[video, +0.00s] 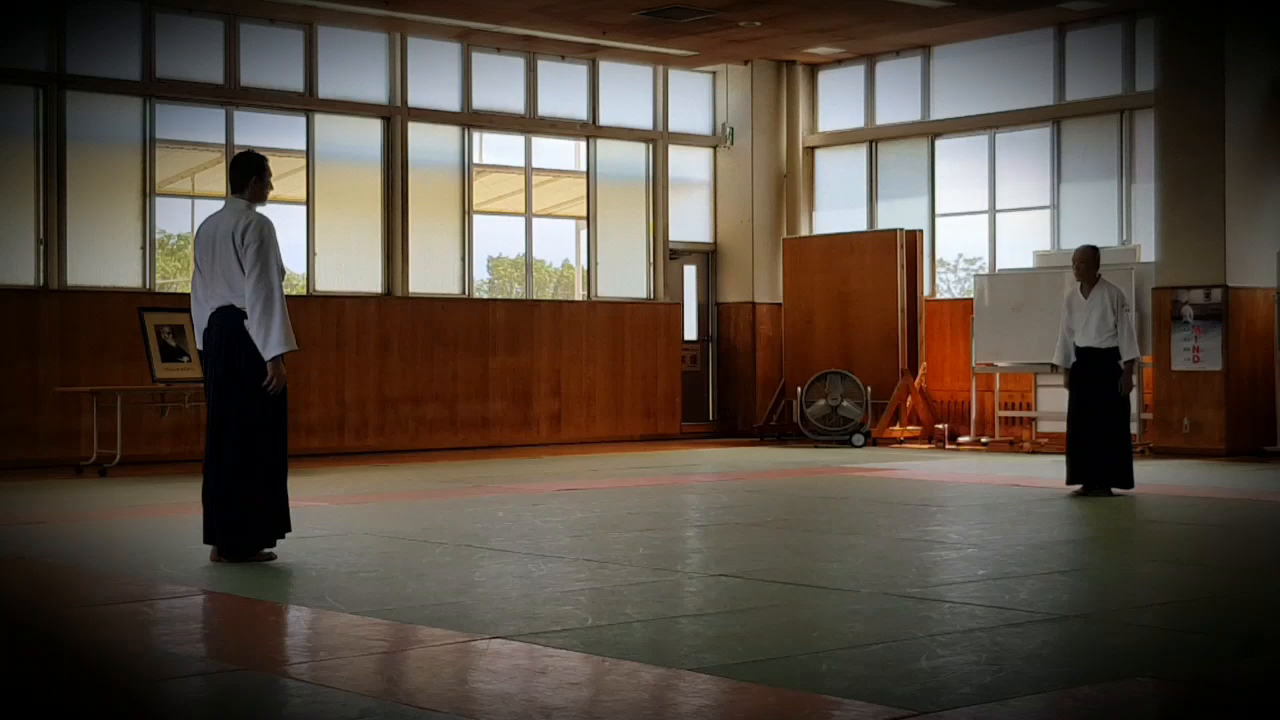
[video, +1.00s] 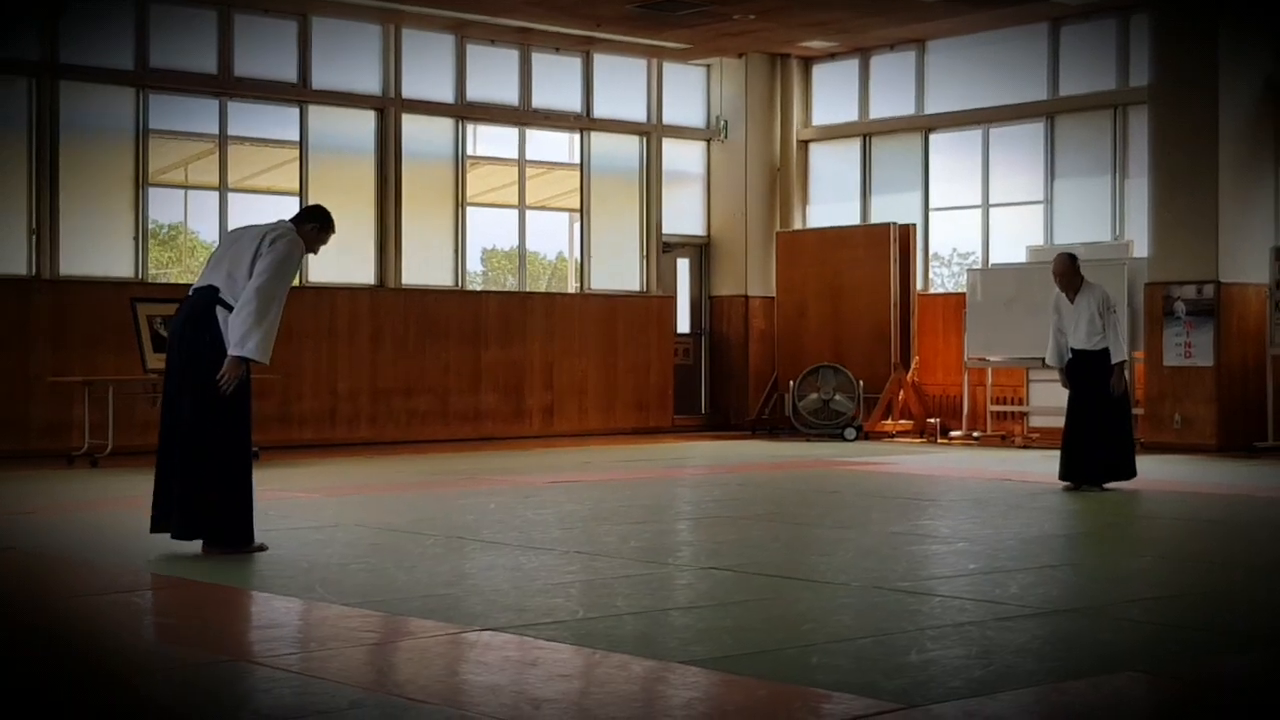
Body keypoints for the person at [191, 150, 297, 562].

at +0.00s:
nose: (271, 187)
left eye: (269, 180)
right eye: (268, 180)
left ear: (233, 182)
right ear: (257, 182)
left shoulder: (207, 225)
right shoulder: (256, 224)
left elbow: (200, 292)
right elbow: (262, 292)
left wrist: (204, 344)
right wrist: (274, 353)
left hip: (214, 337)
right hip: (247, 337)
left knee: (224, 437)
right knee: (251, 438)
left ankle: (224, 538)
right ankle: (242, 541)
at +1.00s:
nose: (317, 250)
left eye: (322, 245)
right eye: (321, 242)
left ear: (299, 220)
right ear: (312, 228)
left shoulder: (246, 234)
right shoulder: (288, 240)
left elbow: (213, 282)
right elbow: (259, 291)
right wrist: (239, 352)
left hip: (191, 324)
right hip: (218, 329)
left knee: (203, 429)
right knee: (228, 433)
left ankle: (210, 529)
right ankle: (227, 536)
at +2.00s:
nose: (290, 176)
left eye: (289, 169)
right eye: (287, 169)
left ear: (252, 173)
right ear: (277, 173)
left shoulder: (226, 217)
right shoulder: (273, 216)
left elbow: (223, 278)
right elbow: (274, 284)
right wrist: (280, 343)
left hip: (226, 328)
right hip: (258, 331)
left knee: (227, 427)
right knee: (256, 429)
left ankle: (221, 527)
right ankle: (244, 531)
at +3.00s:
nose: (384, 189)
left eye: (381, 182)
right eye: (382, 183)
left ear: (349, 187)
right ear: (374, 186)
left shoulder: (328, 229)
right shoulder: (376, 226)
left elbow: (318, 287)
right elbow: (383, 287)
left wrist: (321, 334)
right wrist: (392, 344)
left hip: (332, 329)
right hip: (365, 329)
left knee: (341, 419)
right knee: (383, 427)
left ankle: (353, 520)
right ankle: (322, 497)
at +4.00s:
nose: (579, 209)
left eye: (577, 203)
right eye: (577, 204)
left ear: (547, 208)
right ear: (570, 208)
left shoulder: (520, 245)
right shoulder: (580, 247)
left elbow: (499, 296)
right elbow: (598, 303)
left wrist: (515, 335)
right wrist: (624, 346)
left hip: (528, 340)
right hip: (562, 339)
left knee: (568, 418)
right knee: (538, 423)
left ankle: (588, 486)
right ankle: (509, 511)